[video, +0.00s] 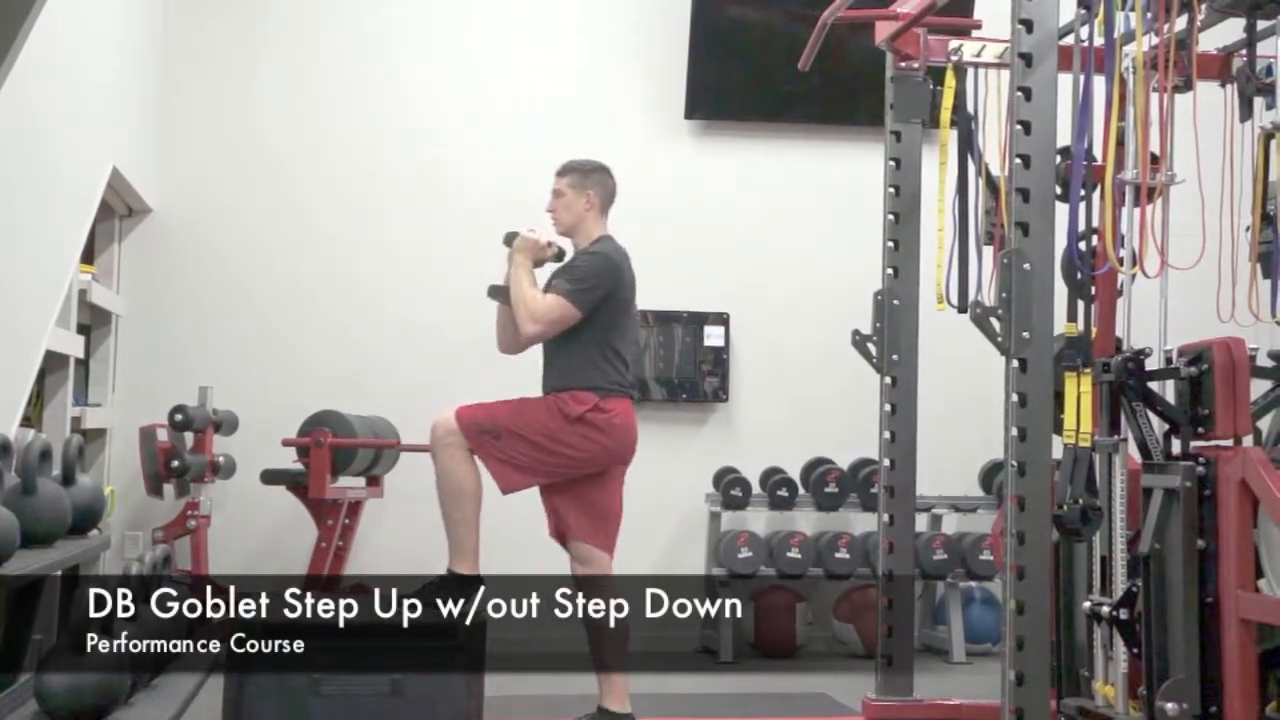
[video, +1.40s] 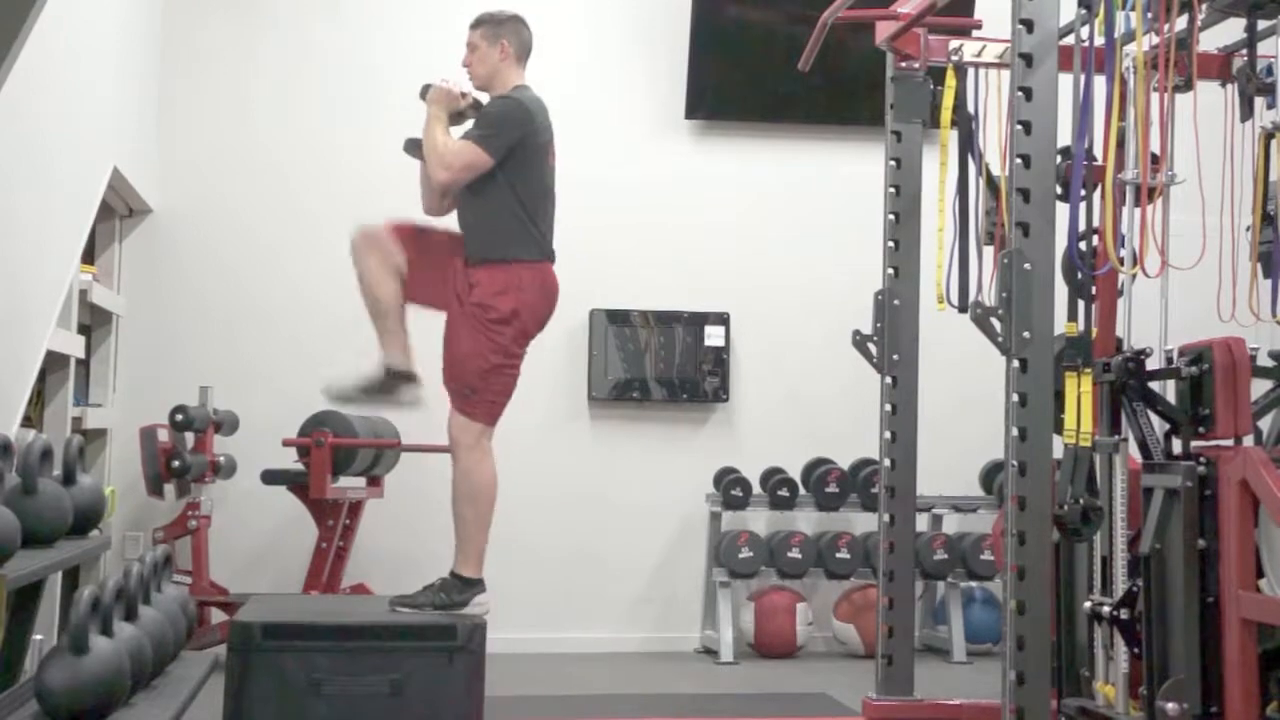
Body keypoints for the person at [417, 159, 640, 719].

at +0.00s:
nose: (549, 205)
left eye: (558, 195)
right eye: (551, 195)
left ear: (590, 200)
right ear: (586, 201)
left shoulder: (604, 260)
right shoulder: (581, 265)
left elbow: (533, 323)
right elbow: (511, 340)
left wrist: (521, 261)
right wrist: (514, 274)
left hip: (590, 414)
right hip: (596, 419)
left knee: (450, 431)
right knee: (591, 562)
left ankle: (463, 577)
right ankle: (616, 706)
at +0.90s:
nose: (485, 186)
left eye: (495, 176)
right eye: (488, 176)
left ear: (527, 182)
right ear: (523, 182)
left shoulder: (540, 241)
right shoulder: (520, 246)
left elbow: (470, 304)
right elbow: (448, 321)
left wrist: (457, 243)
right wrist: (454, 255)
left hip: (548, 394)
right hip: (567, 400)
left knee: (417, 443)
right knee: (553, 552)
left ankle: (460, 579)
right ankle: (600, 691)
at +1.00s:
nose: (468, 150)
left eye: (477, 140)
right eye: (470, 140)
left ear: (509, 144)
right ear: (508, 144)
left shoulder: (522, 203)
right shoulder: (505, 209)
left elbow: (455, 263)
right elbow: (433, 286)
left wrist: (443, 202)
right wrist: (439, 219)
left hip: (537, 358)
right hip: (559, 363)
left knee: (420, 438)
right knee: (529, 517)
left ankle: (461, 580)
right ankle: (569, 648)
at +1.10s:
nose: (461, 112)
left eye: (470, 102)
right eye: (463, 102)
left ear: (503, 106)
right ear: (501, 106)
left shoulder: (517, 165)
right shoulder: (501, 171)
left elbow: (449, 232)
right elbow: (431, 252)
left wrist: (435, 165)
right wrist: (431, 183)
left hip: (531, 321)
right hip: (536, 324)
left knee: (431, 437)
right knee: (469, 468)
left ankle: (462, 581)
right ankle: (542, 588)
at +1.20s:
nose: (461, 80)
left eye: (470, 70)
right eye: (463, 70)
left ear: (502, 74)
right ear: (499, 75)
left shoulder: (517, 134)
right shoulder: (495, 141)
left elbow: (449, 200)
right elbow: (437, 225)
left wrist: (435, 138)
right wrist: (430, 164)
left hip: (529, 296)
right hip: (505, 295)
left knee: (451, 426)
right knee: (414, 400)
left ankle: (466, 578)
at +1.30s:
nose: (463, 65)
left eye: (472, 54)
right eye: (465, 55)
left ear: (505, 55)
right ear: (504, 56)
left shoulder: (517, 112)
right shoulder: (498, 119)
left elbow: (449, 181)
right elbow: (439, 209)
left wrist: (436, 118)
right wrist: (438, 141)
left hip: (518, 285)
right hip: (480, 281)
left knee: (468, 431)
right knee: (379, 321)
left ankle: (467, 580)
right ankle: (446, 433)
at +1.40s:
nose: (464, 60)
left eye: (472, 49)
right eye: (466, 49)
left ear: (504, 50)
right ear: (504, 52)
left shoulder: (518, 109)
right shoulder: (494, 114)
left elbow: (445, 171)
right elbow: (435, 202)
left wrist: (435, 109)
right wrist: (436, 130)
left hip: (510, 282)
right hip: (477, 268)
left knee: (469, 434)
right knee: (373, 241)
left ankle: (466, 579)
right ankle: (398, 370)